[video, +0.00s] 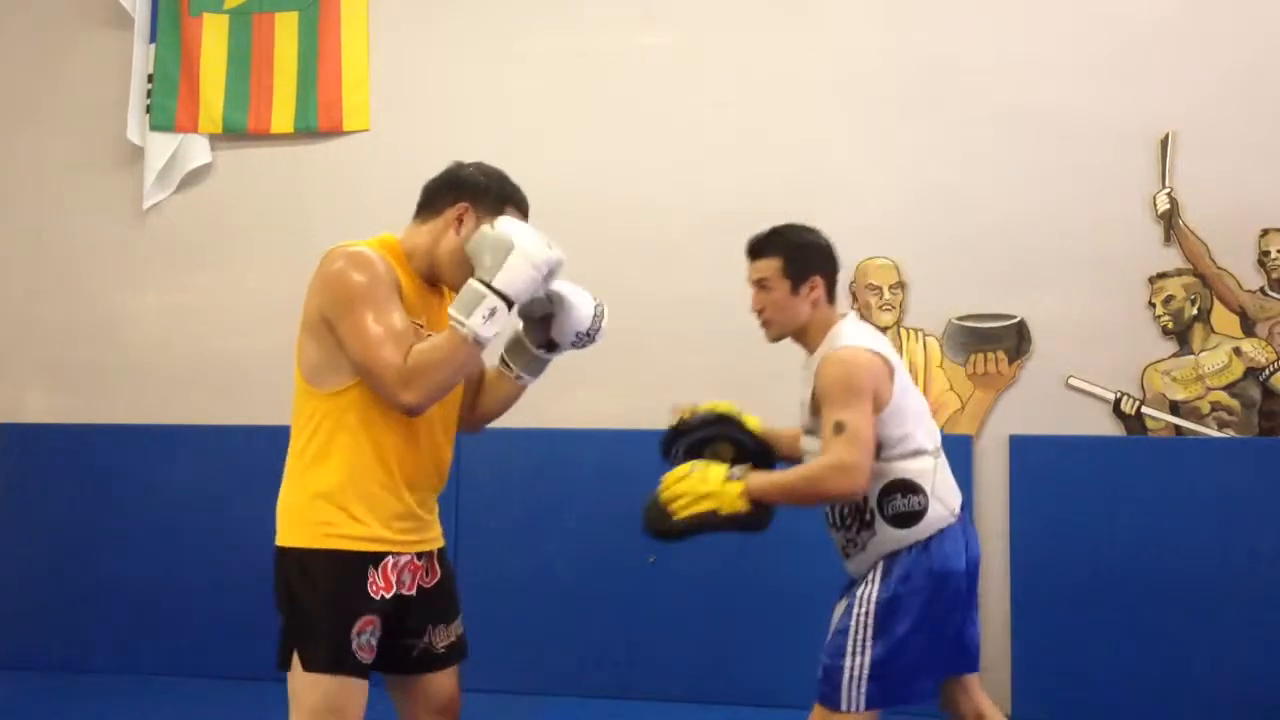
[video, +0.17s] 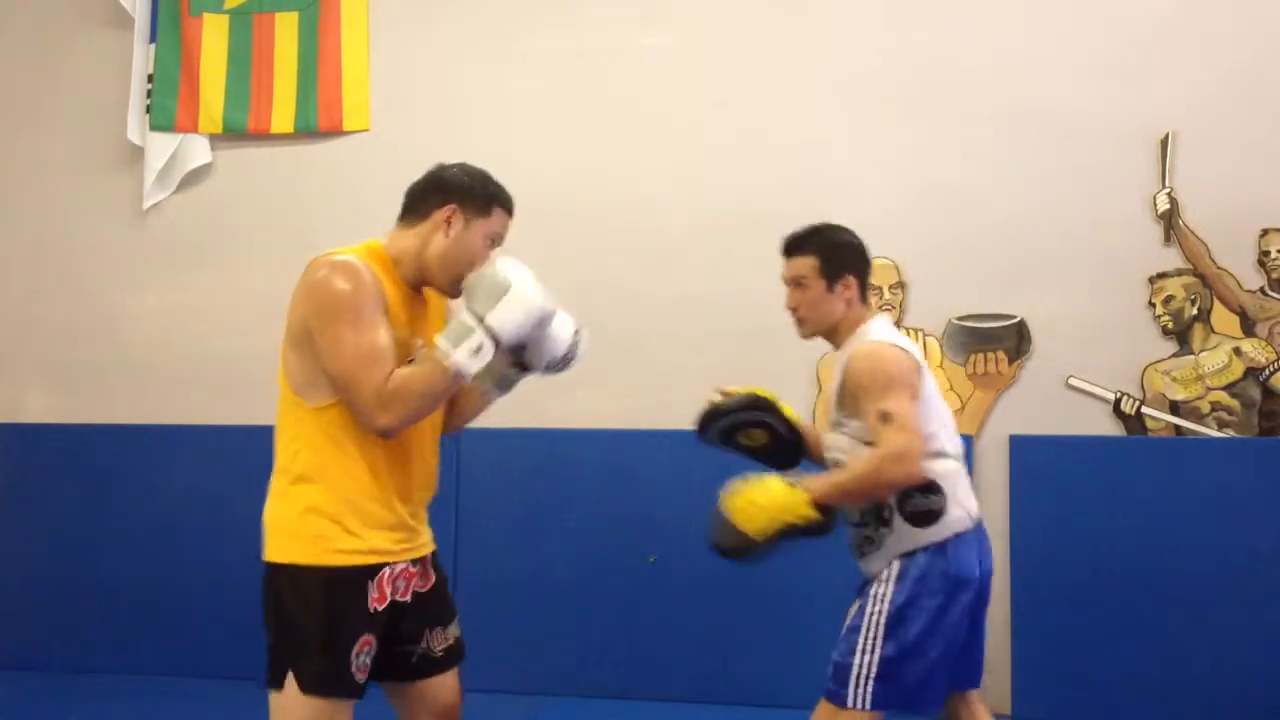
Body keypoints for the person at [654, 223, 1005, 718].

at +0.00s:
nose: (754, 303)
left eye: (764, 287)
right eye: (753, 288)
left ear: (812, 290)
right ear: (812, 294)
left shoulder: (846, 359)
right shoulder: (851, 344)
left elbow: (848, 475)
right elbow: (837, 445)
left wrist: (742, 487)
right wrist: (757, 439)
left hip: (905, 558)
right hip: (941, 543)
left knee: (839, 709)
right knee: (964, 695)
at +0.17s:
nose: (788, 301)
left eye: (799, 285)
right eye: (787, 286)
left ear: (846, 289)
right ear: (842, 293)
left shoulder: (876, 357)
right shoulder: (847, 359)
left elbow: (903, 461)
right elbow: (851, 454)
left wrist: (801, 495)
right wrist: (783, 431)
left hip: (922, 560)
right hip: (947, 552)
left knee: (842, 710)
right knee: (957, 702)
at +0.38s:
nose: (809, 305)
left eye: (820, 289)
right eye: (807, 290)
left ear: (867, 290)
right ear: (868, 293)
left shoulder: (892, 352)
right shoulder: (902, 342)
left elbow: (959, 440)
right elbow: (901, 450)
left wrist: (878, 507)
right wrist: (819, 441)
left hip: (925, 553)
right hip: (966, 546)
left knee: (827, 708)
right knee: (964, 701)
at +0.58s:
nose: (789, 306)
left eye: (801, 289)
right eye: (787, 291)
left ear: (848, 290)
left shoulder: (882, 355)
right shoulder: (843, 362)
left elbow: (919, 459)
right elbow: (853, 452)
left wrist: (820, 501)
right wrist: (790, 440)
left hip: (910, 565)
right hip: (947, 556)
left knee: (832, 711)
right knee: (957, 703)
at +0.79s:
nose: (759, 326)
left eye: (770, 308)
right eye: (757, 311)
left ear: (819, 308)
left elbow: (877, 488)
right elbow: (801, 454)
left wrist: (776, 464)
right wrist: (755, 463)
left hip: (914, 562)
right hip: (884, 560)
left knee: (826, 712)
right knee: (947, 705)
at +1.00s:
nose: (773, 314)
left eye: (784, 299)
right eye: (773, 300)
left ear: (832, 300)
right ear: (830, 304)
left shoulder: (880, 358)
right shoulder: (830, 360)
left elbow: (889, 469)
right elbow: (799, 438)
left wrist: (781, 459)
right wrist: (746, 406)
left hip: (920, 559)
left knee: (836, 710)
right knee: (951, 702)